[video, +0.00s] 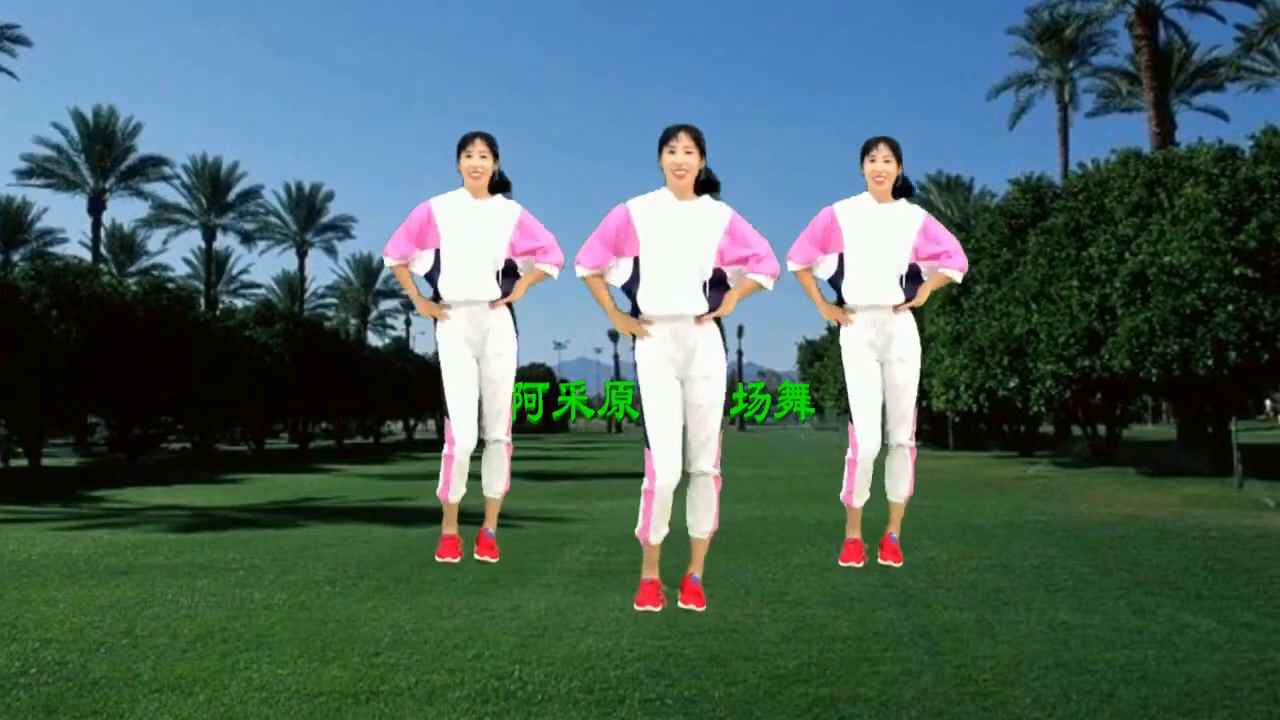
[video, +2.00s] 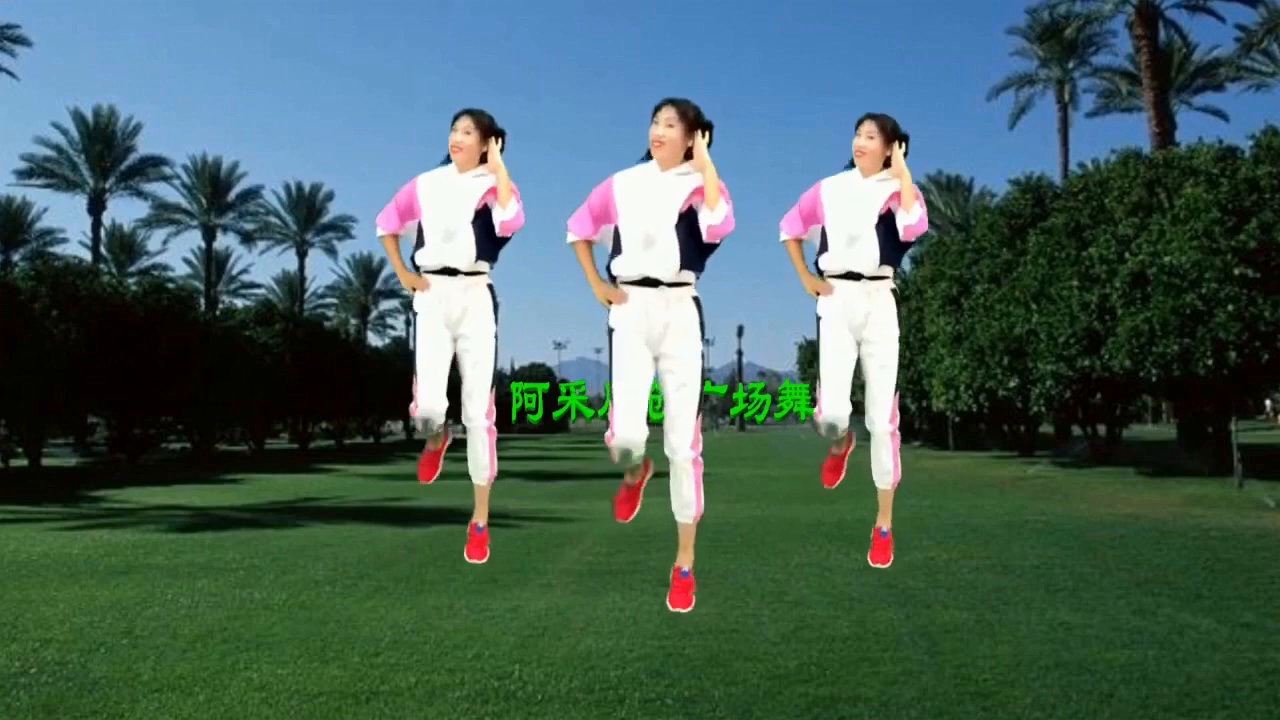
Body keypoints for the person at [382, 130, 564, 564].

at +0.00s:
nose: (476, 162)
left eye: (484, 156)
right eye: (469, 156)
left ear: (495, 165)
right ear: (458, 164)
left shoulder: (511, 212)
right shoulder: (436, 210)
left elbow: (551, 255)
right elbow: (396, 255)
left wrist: (523, 284)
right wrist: (420, 301)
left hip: (498, 321)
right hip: (453, 322)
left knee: (498, 428)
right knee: (461, 429)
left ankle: (489, 531)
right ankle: (449, 530)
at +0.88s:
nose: (462, 162)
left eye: (470, 154)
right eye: (457, 155)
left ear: (488, 161)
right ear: (450, 163)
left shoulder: (508, 205)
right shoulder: (433, 208)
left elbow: (562, 221)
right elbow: (392, 258)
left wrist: (528, 255)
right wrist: (419, 303)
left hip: (495, 316)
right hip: (450, 318)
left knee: (493, 428)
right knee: (453, 428)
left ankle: (484, 531)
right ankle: (445, 530)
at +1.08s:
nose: (465, 156)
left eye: (473, 149)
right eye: (461, 150)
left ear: (493, 155)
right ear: (455, 157)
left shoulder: (515, 198)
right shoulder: (438, 202)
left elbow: (569, 212)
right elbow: (394, 248)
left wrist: (541, 198)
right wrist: (421, 294)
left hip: (494, 310)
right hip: (449, 310)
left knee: (491, 426)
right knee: (448, 428)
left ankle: (487, 531)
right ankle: (444, 530)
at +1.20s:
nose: (469, 179)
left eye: (478, 172)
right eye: (465, 172)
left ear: (498, 179)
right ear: (460, 179)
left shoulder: (512, 227)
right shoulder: (439, 221)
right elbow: (398, 270)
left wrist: (527, 232)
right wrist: (416, 318)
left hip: (496, 332)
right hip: (452, 333)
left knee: (496, 439)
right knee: (469, 440)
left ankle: (485, 533)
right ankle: (454, 514)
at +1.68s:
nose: (452, 180)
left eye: (460, 173)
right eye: (448, 173)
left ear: (479, 180)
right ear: (443, 180)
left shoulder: (497, 226)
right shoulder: (426, 225)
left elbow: (483, 261)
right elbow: (384, 261)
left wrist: (471, 206)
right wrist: (403, 306)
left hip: (468, 340)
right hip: (423, 334)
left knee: (461, 453)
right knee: (410, 441)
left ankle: (483, 529)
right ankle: (386, 523)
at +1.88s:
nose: (449, 140)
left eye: (458, 134)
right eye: (447, 133)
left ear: (479, 142)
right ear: (446, 142)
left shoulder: (496, 187)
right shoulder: (426, 187)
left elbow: (512, 217)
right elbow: (386, 223)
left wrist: (494, 162)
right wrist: (402, 267)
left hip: (471, 300)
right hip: (426, 296)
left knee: (476, 415)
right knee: (409, 408)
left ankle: (486, 522)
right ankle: (391, 497)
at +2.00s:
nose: (455, 138)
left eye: (465, 133)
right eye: (453, 132)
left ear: (486, 143)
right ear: (449, 140)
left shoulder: (497, 186)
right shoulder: (427, 183)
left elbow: (508, 224)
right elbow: (386, 223)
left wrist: (498, 166)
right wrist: (403, 272)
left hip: (476, 293)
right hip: (432, 292)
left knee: (477, 411)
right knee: (428, 410)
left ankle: (479, 521)